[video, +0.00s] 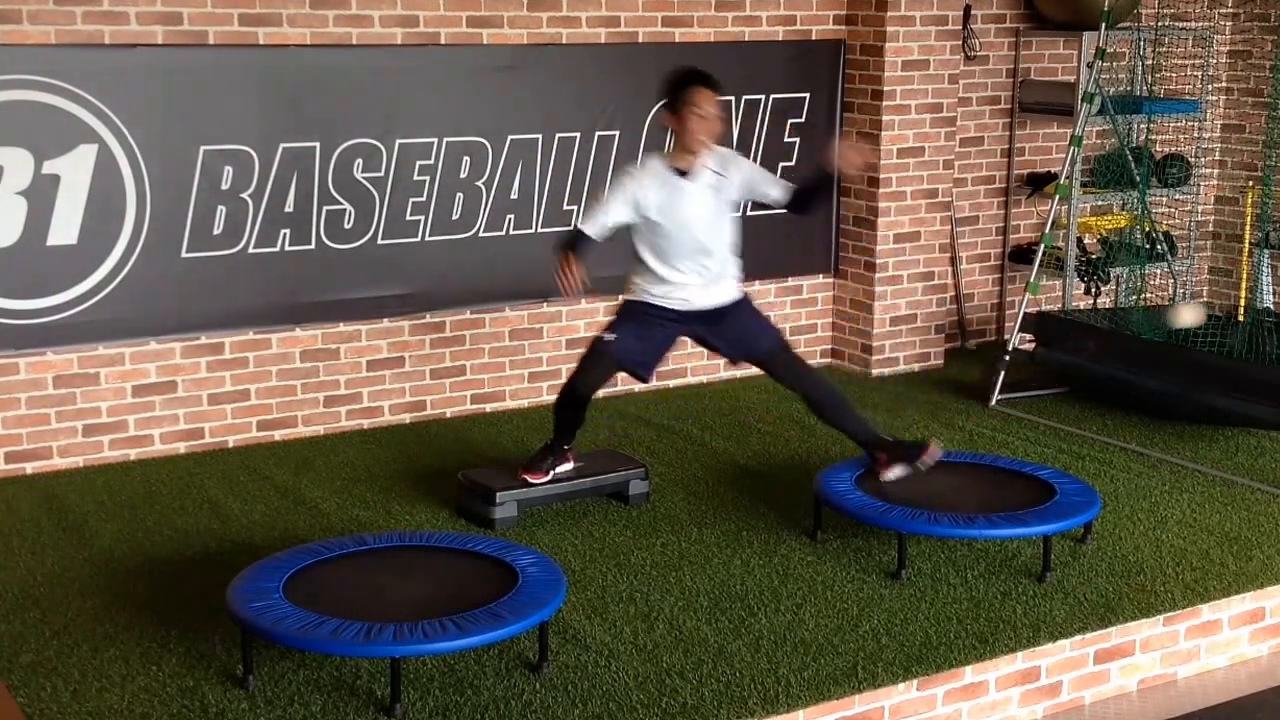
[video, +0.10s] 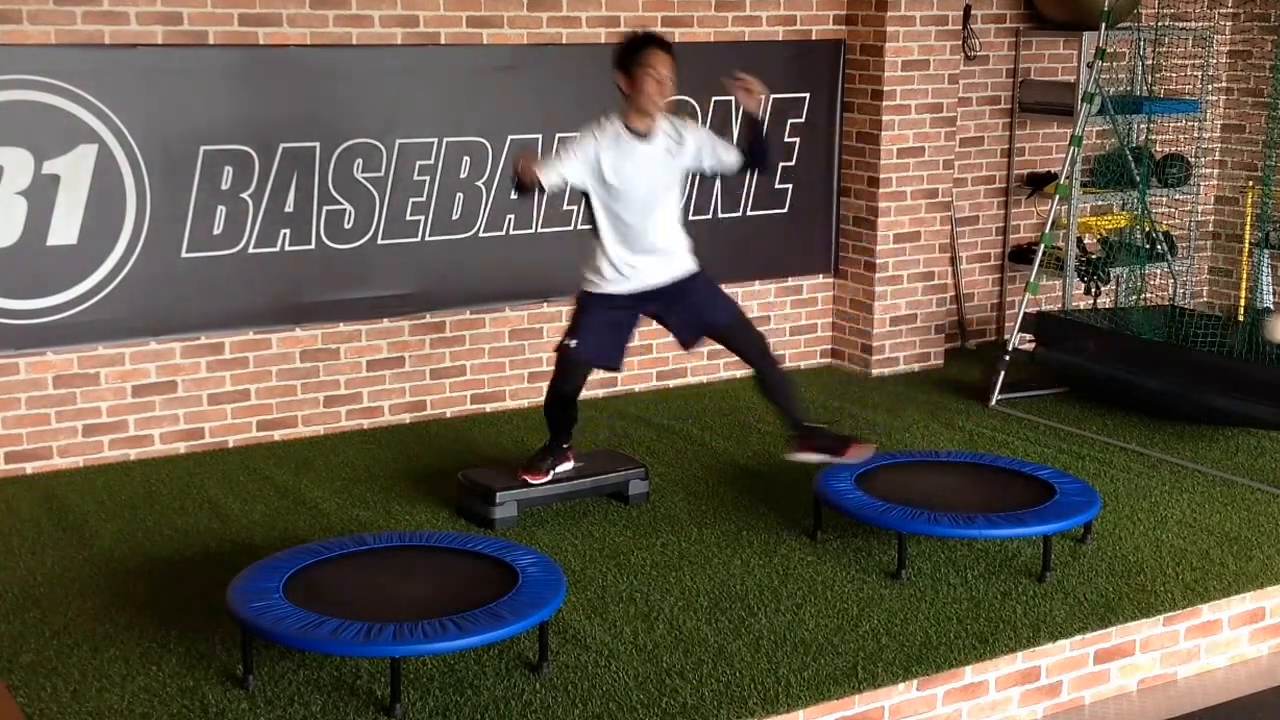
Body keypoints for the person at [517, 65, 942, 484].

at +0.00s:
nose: (713, 121)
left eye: (717, 112)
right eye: (701, 112)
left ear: (722, 120)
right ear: (673, 119)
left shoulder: (731, 169)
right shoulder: (641, 180)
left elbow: (795, 200)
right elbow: (586, 231)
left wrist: (830, 170)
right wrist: (569, 257)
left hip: (723, 304)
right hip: (653, 305)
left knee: (798, 374)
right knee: (580, 383)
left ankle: (883, 452)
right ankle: (559, 451)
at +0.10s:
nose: (664, 84)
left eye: (669, 76)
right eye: (653, 75)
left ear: (675, 84)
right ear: (624, 81)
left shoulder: (683, 136)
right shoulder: (597, 142)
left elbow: (754, 160)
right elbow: (534, 185)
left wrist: (755, 115)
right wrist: (525, 176)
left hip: (678, 275)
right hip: (611, 282)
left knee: (756, 347)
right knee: (564, 384)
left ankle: (804, 432)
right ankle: (558, 450)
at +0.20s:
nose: (634, 44)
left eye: (640, 35)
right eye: (623, 34)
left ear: (645, 41)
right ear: (597, 39)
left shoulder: (654, 96)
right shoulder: (567, 98)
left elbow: (727, 123)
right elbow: (500, 142)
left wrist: (712, 81)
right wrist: (504, 118)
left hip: (642, 251)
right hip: (579, 258)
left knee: (696, 334)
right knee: (545, 370)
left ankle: (680, 420)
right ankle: (550, 428)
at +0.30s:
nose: (602, 35)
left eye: (610, 26)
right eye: (592, 24)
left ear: (618, 31)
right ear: (569, 28)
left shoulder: (633, 85)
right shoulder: (541, 83)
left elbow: (706, 110)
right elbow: (475, 136)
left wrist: (693, 73)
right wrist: (483, 122)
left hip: (608, 249)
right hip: (546, 249)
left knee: (627, 343)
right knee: (509, 360)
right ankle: (522, 429)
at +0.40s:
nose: (576, 62)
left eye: (583, 51)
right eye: (564, 53)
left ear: (592, 54)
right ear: (540, 56)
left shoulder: (607, 106)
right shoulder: (516, 108)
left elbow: (682, 133)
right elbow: (463, 165)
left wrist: (671, 97)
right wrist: (477, 160)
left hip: (569, 269)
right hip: (514, 259)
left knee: (565, 363)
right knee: (477, 358)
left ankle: (516, 444)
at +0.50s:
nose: (545, 109)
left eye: (553, 98)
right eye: (533, 99)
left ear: (564, 101)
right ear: (510, 102)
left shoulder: (577, 153)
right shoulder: (492, 156)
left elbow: (646, 192)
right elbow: (471, 232)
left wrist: (633, 163)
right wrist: (482, 230)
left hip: (532, 306)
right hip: (478, 303)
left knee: (558, 376)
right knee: (434, 398)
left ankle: (514, 448)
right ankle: (390, 510)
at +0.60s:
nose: (511, 161)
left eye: (519, 149)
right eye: (499, 150)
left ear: (528, 149)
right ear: (474, 152)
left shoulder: (535, 194)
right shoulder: (462, 203)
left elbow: (601, 243)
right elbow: (459, 271)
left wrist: (598, 230)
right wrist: (478, 329)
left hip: (494, 333)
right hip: (438, 334)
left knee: (537, 396)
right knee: (407, 431)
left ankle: (513, 450)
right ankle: (371, 552)